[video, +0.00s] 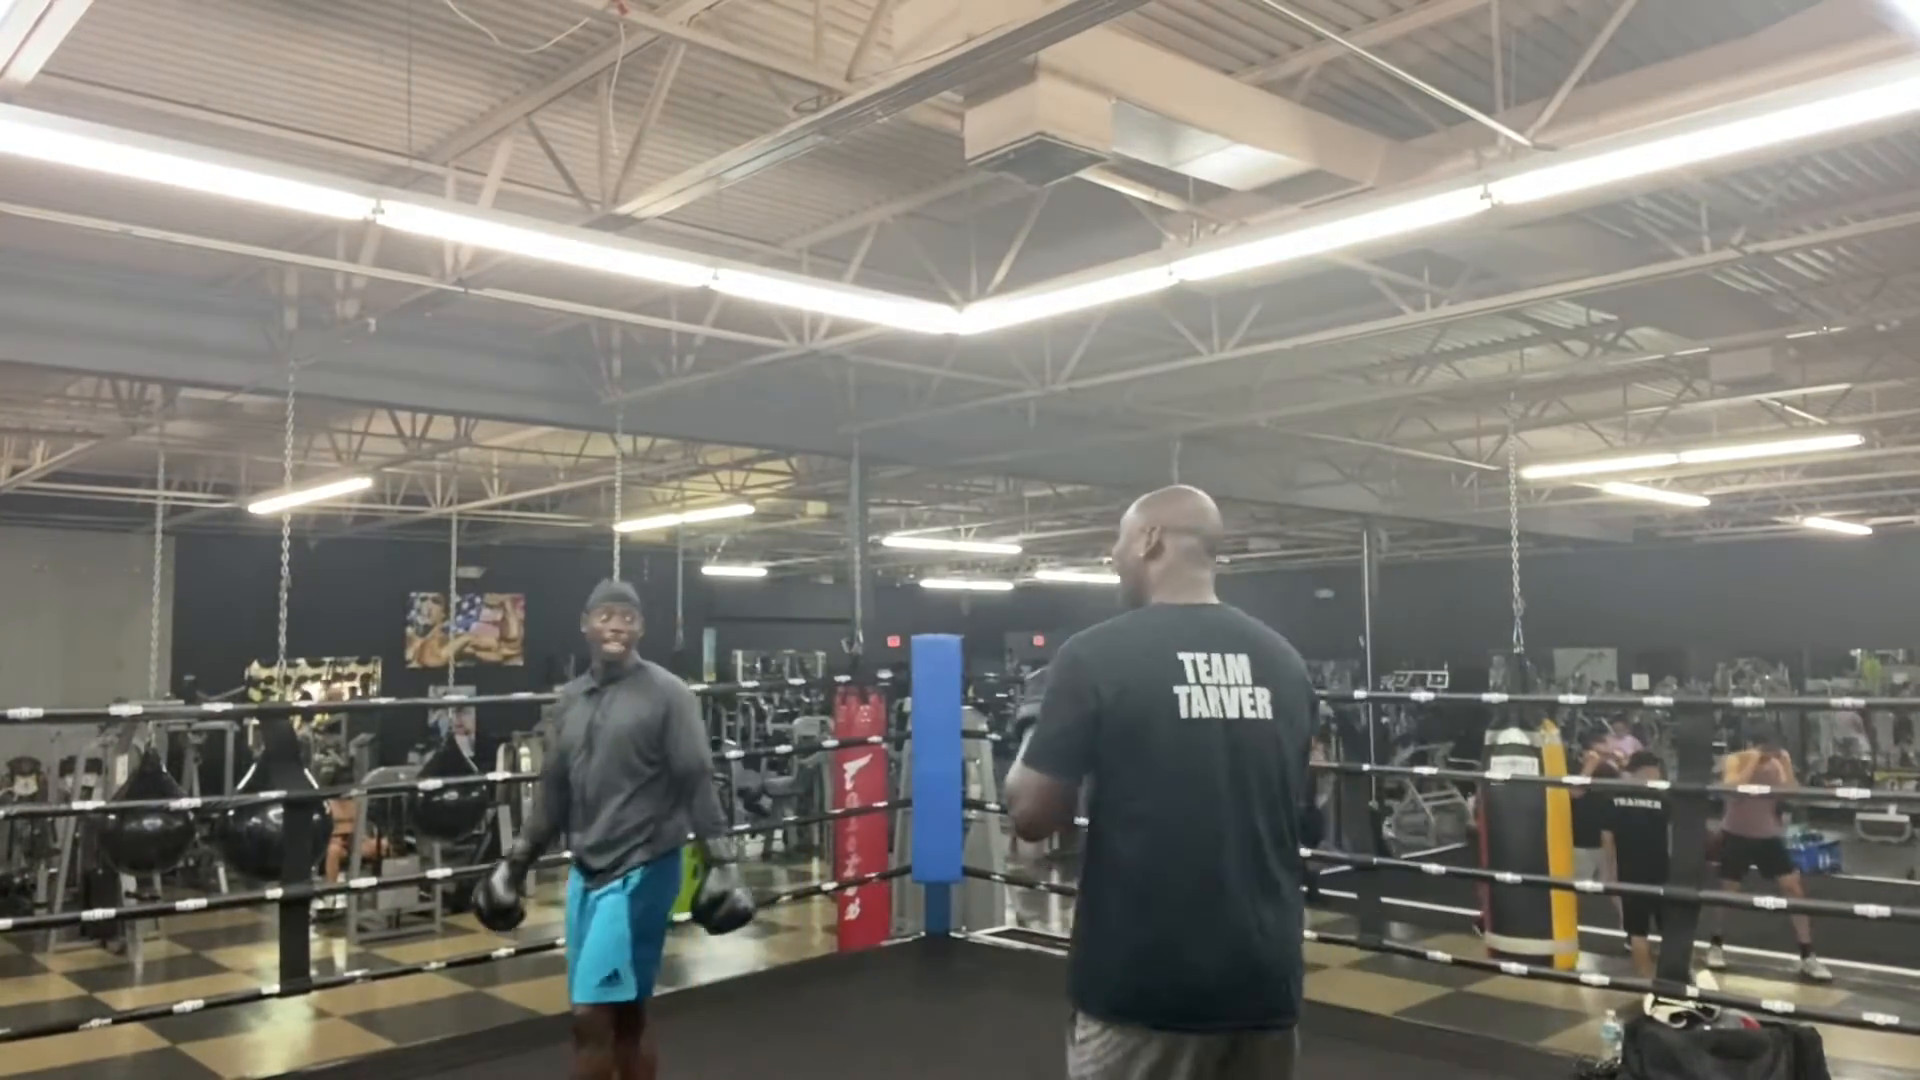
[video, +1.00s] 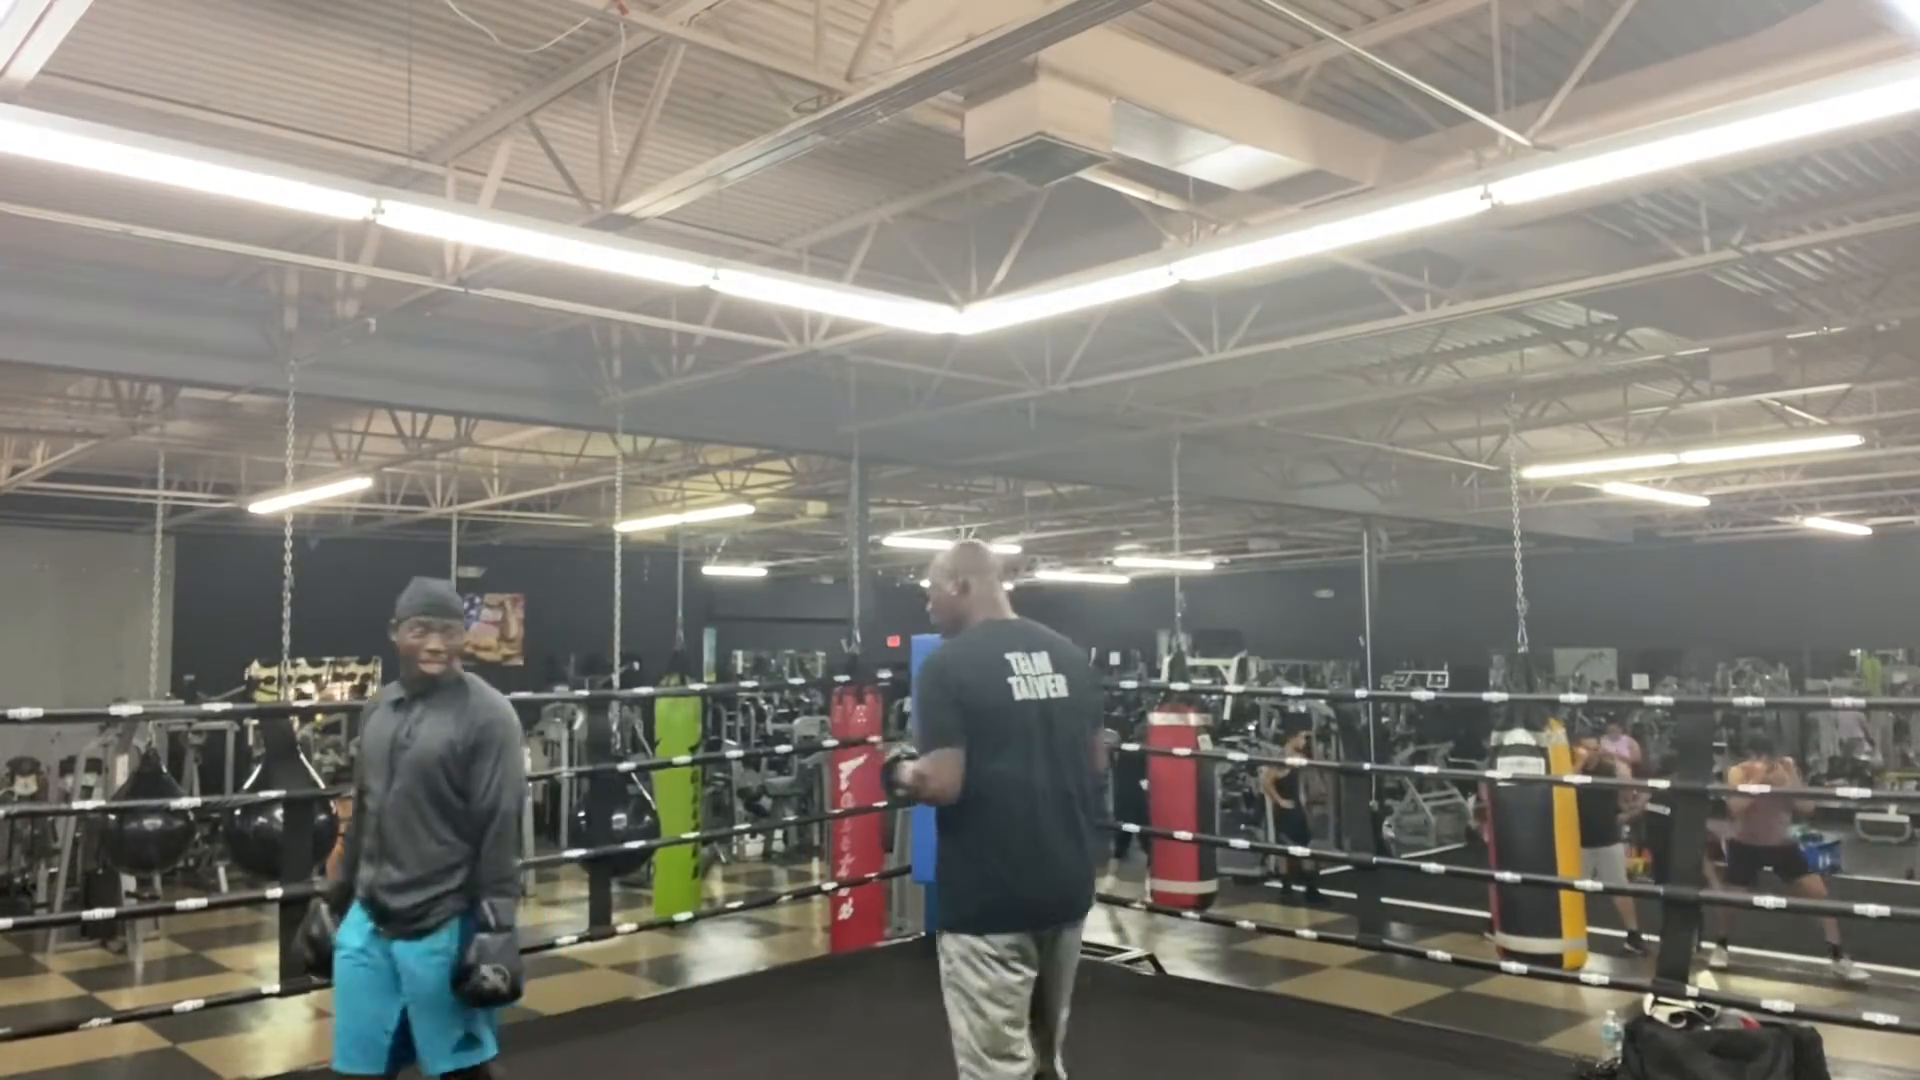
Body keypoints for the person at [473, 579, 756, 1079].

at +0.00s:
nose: (616, 627)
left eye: (627, 617)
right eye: (605, 617)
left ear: (640, 628)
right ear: (586, 627)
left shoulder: (669, 694)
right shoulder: (570, 699)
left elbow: (698, 780)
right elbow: (552, 793)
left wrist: (723, 862)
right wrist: (516, 864)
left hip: (644, 868)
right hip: (588, 869)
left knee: (591, 1014)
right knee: (620, 1020)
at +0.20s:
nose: (595, 631)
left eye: (606, 622)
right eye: (583, 619)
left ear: (619, 633)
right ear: (562, 628)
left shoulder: (641, 704)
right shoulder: (543, 697)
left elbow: (664, 796)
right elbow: (522, 792)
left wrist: (680, 882)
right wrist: (485, 869)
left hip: (606, 879)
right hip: (548, 881)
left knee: (563, 1032)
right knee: (595, 1027)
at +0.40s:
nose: (573, 641)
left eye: (585, 632)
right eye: (561, 629)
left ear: (596, 639)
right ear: (536, 630)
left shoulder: (605, 709)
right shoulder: (510, 689)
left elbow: (612, 807)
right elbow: (487, 780)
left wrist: (592, 902)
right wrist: (457, 857)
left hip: (550, 889)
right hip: (489, 886)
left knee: (544, 1043)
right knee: (483, 1035)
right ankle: (564, 1075)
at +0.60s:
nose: (543, 639)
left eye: (554, 629)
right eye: (530, 626)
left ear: (564, 637)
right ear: (503, 628)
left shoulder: (578, 708)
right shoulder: (481, 686)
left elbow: (568, 814)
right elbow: (458, 788)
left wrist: (520, 901)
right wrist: (424, 867)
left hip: (535, 890)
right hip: (460, 886)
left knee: (528, 1046)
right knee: (420, 1039)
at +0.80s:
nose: (504, 642)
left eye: (517, 631)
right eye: (492, 628)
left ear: (528, 639)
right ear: (466, 632)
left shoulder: (547, 712)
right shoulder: (446, 692)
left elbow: (548, 823)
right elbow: (430, 794)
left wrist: (492, 907)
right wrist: (398, 881)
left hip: (510, 898)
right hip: (430, 896)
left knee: (517, 1055)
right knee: (402, 1058)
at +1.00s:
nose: (435, 645)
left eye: (447, 631)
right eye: (421, 630)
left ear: (463, 638)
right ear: (395, 635)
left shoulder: (490, 716)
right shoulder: (379, 709)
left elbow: (500, 829)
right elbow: (363, 814)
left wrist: (497, 930)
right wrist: (333, 900)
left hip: (445, 926)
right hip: (368, 921)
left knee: (461, 1067)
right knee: (357, 1067)